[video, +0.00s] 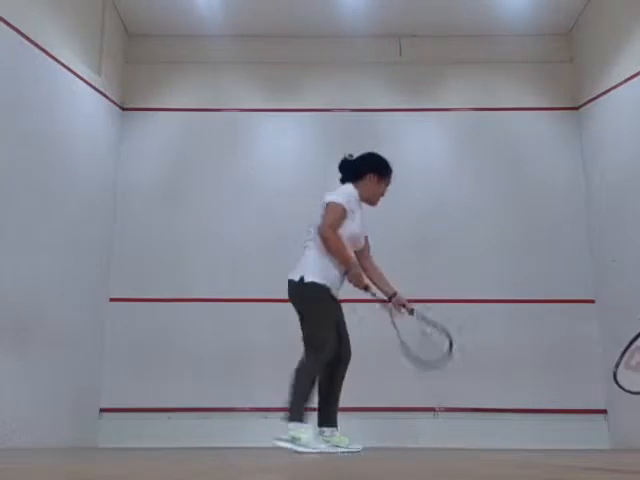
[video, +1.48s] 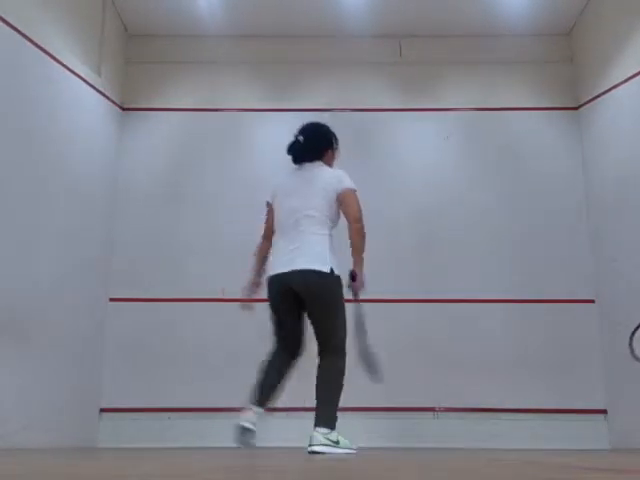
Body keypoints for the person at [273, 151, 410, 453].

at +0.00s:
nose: (383, 193)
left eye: (386, 188)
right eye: (383, 185)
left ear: (370, 182)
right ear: (368, 178)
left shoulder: (357, 215)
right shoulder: (343, 196)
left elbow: (366, 261)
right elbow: (327, 232)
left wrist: (391, 294)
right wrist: (351, 267)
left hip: (324, 289)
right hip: (308, 285)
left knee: (340, 354)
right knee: (320, 349)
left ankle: (327, 429)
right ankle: (295, 423)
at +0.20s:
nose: (376, 197)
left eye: (378, 192)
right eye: (376, 189)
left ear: (363, 185)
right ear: (361, 181)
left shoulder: (349, 221)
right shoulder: (335, 194)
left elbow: (363, 265)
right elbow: (305, 216)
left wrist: (393, 297)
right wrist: (319, 256)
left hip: (320, 294)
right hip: (297, 286)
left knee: (334, 353)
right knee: (291, 354)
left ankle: (326, 432)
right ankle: (271, 430)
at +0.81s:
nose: (361, 191)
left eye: (362, 185)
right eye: (360, 183)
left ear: (341, 178)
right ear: (345, 177)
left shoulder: (327, 201)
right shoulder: (332, 191)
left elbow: (340, 253)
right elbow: (339, 234)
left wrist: (356, 292)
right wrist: (359, 245)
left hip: (311, 290)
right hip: (296, 286)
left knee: (320, 358)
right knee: (293, 356)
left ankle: (322, 431)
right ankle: (269, 430)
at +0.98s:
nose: (358, 178)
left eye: (358, 172)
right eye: (357, 172)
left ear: (328, 174)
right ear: (348, 173)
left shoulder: (317, 201)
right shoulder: (346, 195)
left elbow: (299, 243)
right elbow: (366, 238)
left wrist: (283, 277)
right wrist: (358, 204)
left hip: (298, 287)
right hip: (316, 289)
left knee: (321, 356)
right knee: (323, 356)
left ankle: (322, 430)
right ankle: (278, 419)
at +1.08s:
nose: (357, 176)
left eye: (356, 171)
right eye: (355, 171)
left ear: (324, 174)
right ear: (347, 172)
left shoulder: (310, 203)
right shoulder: (350, 196)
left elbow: (279, 233)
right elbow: (366, 240)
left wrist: (251, 255)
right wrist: (345, 228)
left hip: (301, 290)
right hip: (324, 290)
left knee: (325, 361)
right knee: (336, 358)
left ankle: (323, 429)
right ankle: (300, 418)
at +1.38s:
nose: (347, 163)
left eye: (346, 157)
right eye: (346, 157)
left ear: (313, 159)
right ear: (338, 159)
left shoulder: (293, 190)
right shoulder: (344, 185)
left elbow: (263, 230)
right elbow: (366, 231)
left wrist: (231, 265)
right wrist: (350, 263)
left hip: (289, 281)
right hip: (324, 279)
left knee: (309, 351)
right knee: (338, 355)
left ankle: (300, 426)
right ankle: (324, 431)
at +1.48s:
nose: (337, 156)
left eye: (336, 151)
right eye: (336, 151)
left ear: (302, 151)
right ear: (328, 152)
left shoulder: (281, 185)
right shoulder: (336, 178)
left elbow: (267, 237)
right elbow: (356, 222)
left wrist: (256, 277)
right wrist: (357, 269)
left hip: (279, 276)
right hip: (318, 275)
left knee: (287, 347)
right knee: (332, 352)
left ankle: (253, 410)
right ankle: (323, 431)